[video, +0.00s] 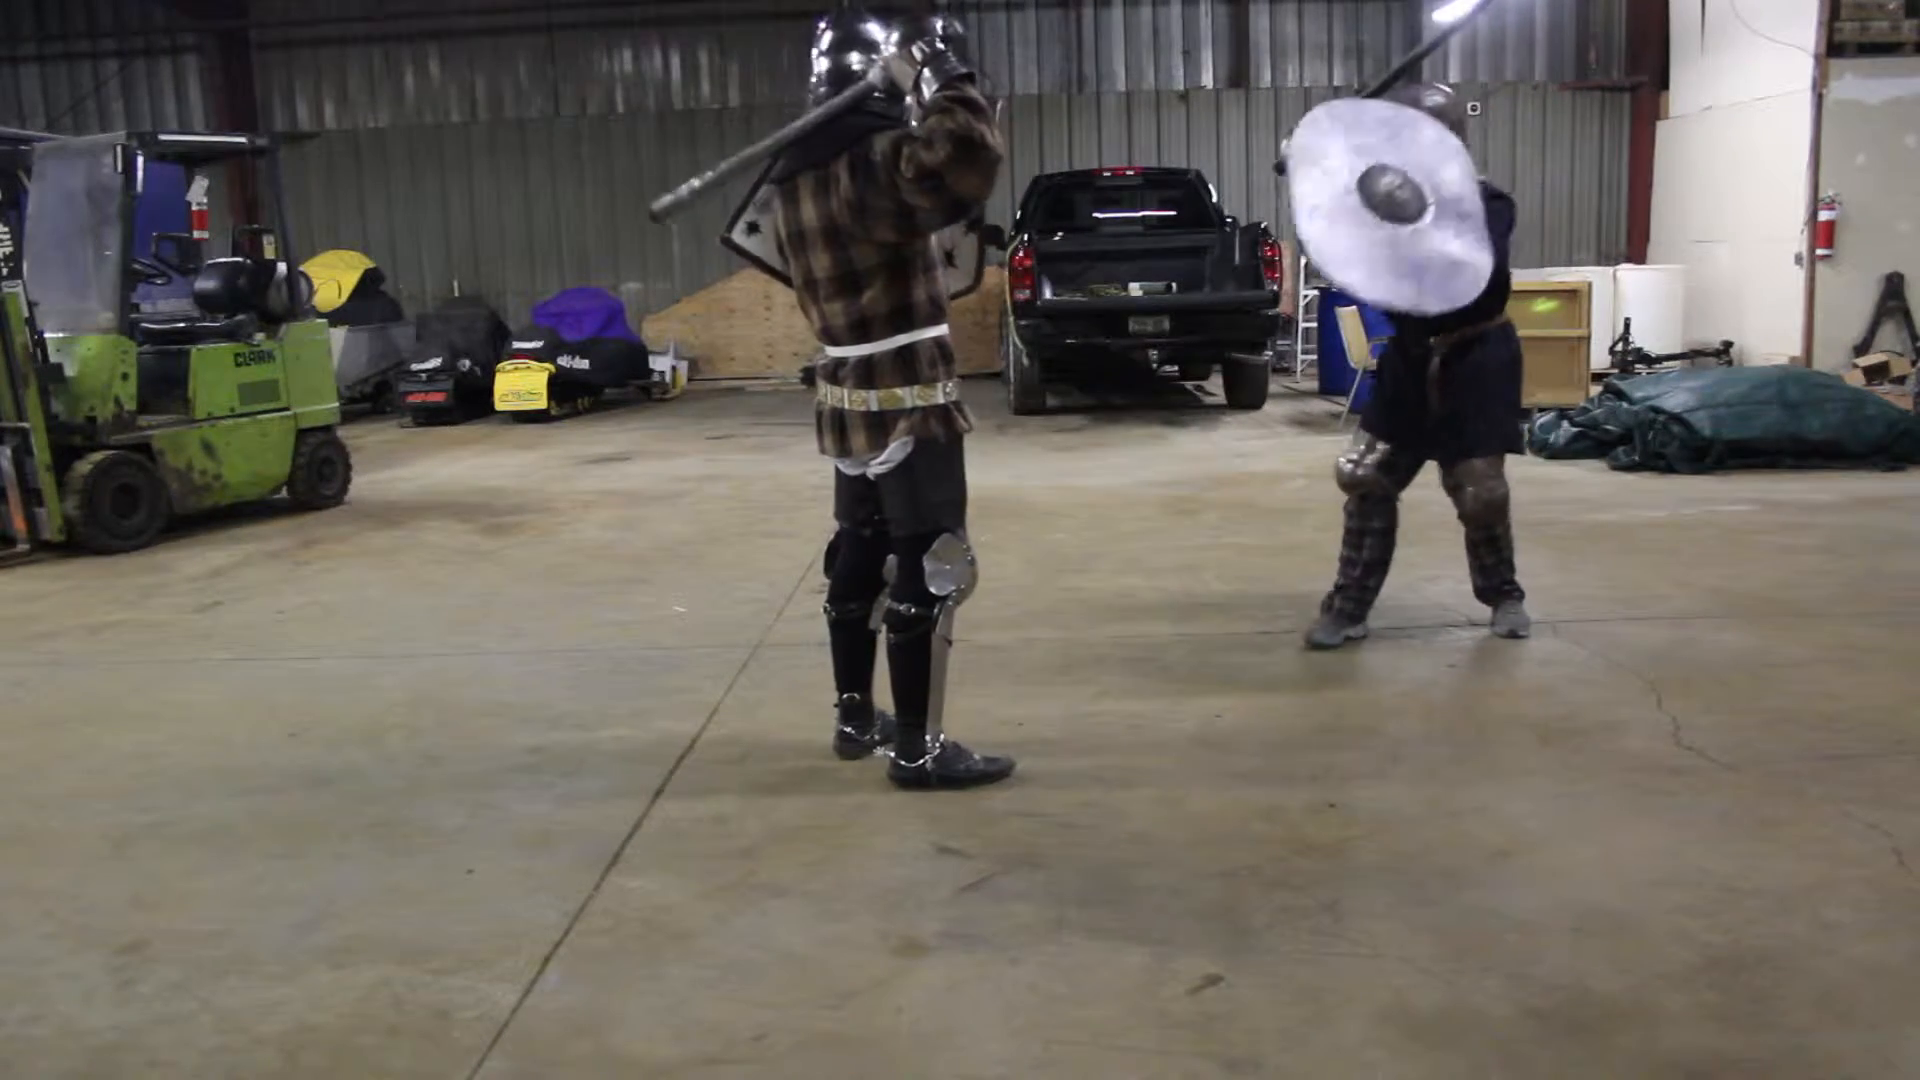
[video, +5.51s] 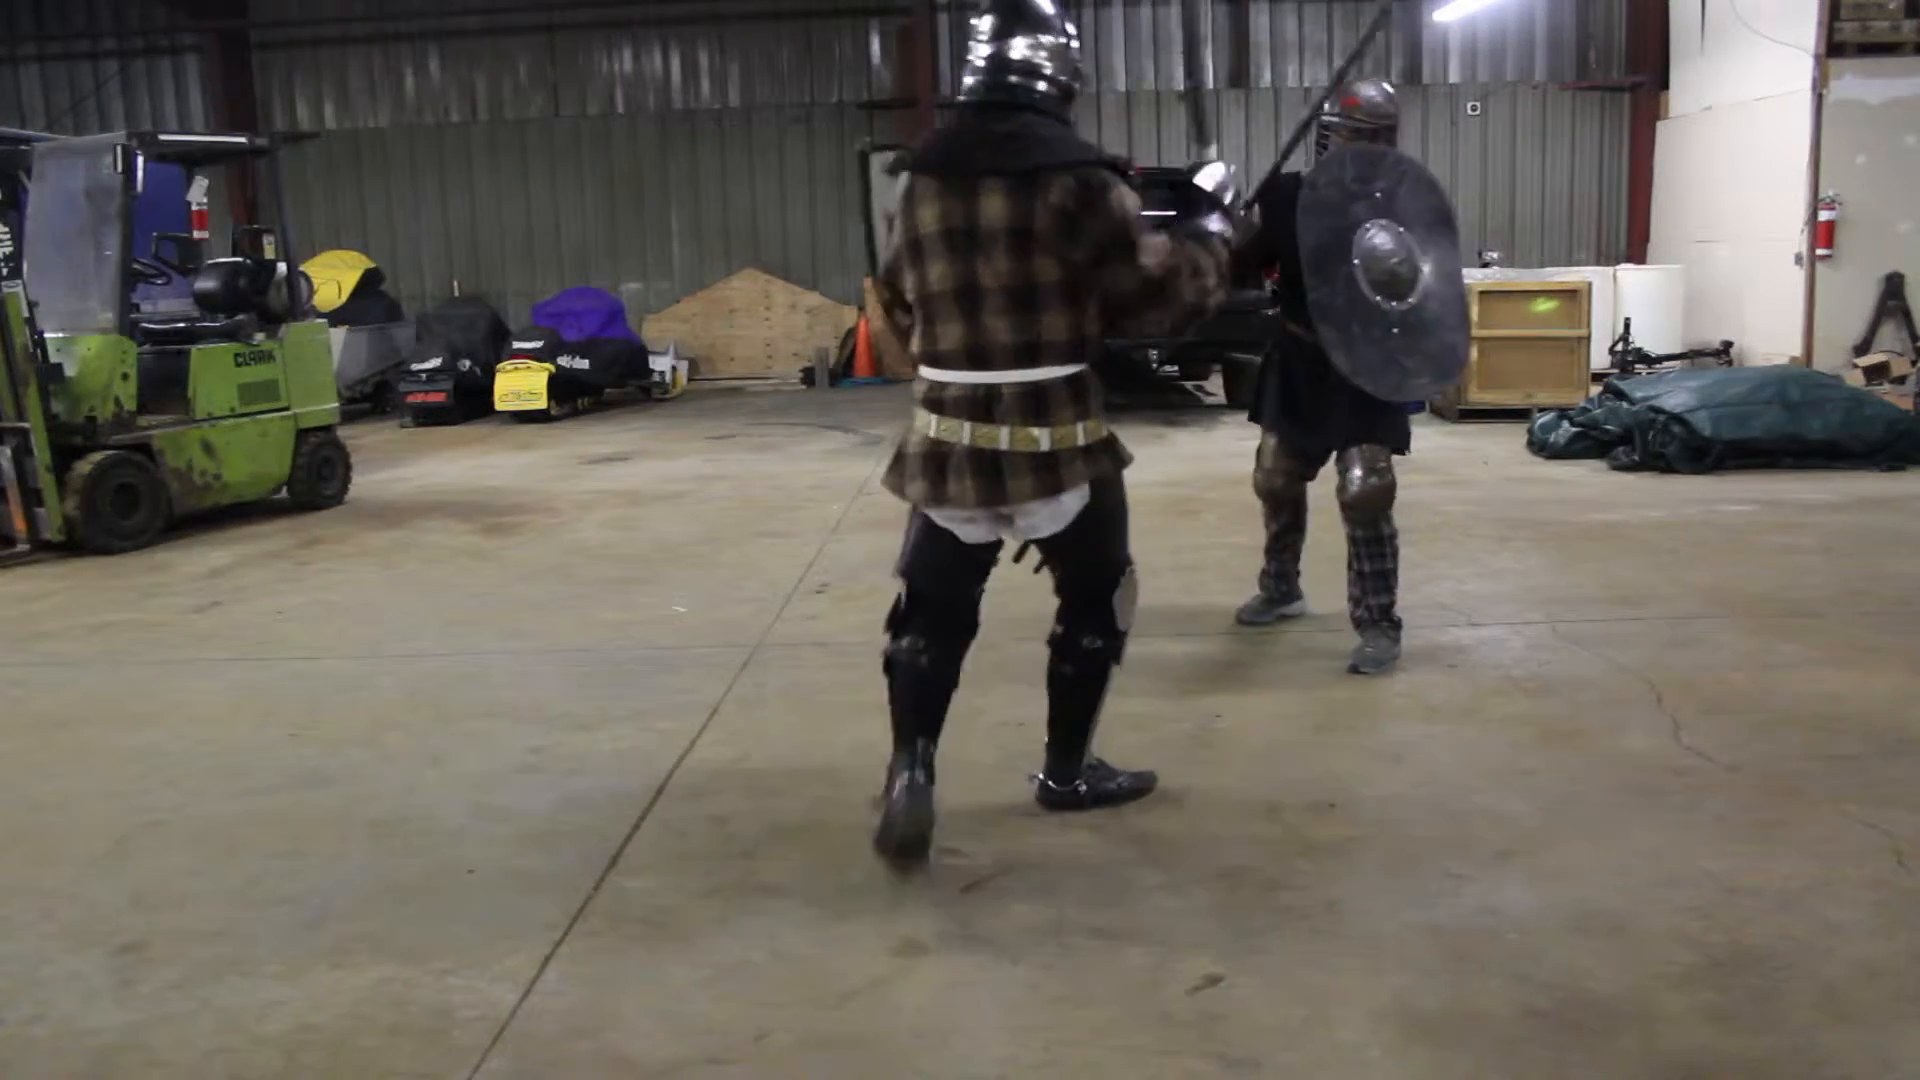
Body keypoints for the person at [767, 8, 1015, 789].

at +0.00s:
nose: (905, 81)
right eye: (901, 59)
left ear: (822, 74)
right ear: (878, 75)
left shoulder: (791, 172)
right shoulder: (869, 165)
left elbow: (795, 273)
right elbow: (966, 158)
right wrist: (938, 63)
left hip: (847, 398)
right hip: (909, 399)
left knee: (860, 548)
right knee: (928, 564)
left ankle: (855, 716)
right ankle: (919, 744)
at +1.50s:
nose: (975, 97)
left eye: (970, 85)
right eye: (969, 84)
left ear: (886, 92)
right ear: (957, 86)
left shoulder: (863, 193)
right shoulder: (968, 169)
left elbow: (873, 297)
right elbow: (1074, 173)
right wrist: (1076, 78)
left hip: (927, 408)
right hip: (991, 408)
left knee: (965, 554)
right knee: (984, 573)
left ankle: (987, 688)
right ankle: (946, 732)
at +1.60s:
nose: (977, 105)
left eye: (972, 91)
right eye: (970, 92)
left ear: (890, 98)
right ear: (958, 95)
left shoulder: (870, 192)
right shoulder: (963, 179)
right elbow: (1081, 167)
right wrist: (1108, 82)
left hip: (928, 407)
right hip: (990, 410)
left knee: (968, 550)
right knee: (993, 572)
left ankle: (985, 687)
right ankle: (948, 732)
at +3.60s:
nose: (1028, 129)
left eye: (1021, 116)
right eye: (1025, 117)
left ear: (944, 116)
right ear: (1018, 119)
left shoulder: (911, 204)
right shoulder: (1023, 201)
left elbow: (907, 298)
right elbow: (1129, 272)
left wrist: (1071, 205)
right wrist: (1146, 204)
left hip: (939, 422)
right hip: (1009, 426)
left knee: (994, 549)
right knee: (1041, 584)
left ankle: (1005, 675)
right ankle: (959, 731)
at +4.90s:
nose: (1058, 130)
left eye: (1050, 117)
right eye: (1051, 118)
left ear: (974, 124)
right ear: (1040, 125)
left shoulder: (936, 213)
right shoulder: (1050, 212)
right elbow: (1164, 265)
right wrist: (1208, 223)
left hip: (968, 435)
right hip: (1038, 438)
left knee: (1027, 550)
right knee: (1122, 587)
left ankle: (1003, 677)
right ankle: (1066, 751)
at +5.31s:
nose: (1105, 113)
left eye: (1097, 99)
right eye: (1100, 99)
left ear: (1010, 92)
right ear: (1089, 103)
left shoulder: (957, 185)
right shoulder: (1094, 196)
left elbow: (938, 280)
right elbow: (1197, 264)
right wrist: (1216, 202)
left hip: (966, 445)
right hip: (1059, 453)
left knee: (971, 581)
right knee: (1136, 597)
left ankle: (932, 729)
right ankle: (1068, 764)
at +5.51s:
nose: (1076, 100)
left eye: (1070, 87)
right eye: (1074, 86)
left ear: (976, 78)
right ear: (1061, 84)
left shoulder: (925, 179)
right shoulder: (1078, 181)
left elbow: (894, 300)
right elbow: (1152, 292)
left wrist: (944, 358)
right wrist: (1216, 239)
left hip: (948, 441)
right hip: (1059, 441)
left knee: (931, 609)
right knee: (1094, 593)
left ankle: (909, 767)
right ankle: (1067, 766)